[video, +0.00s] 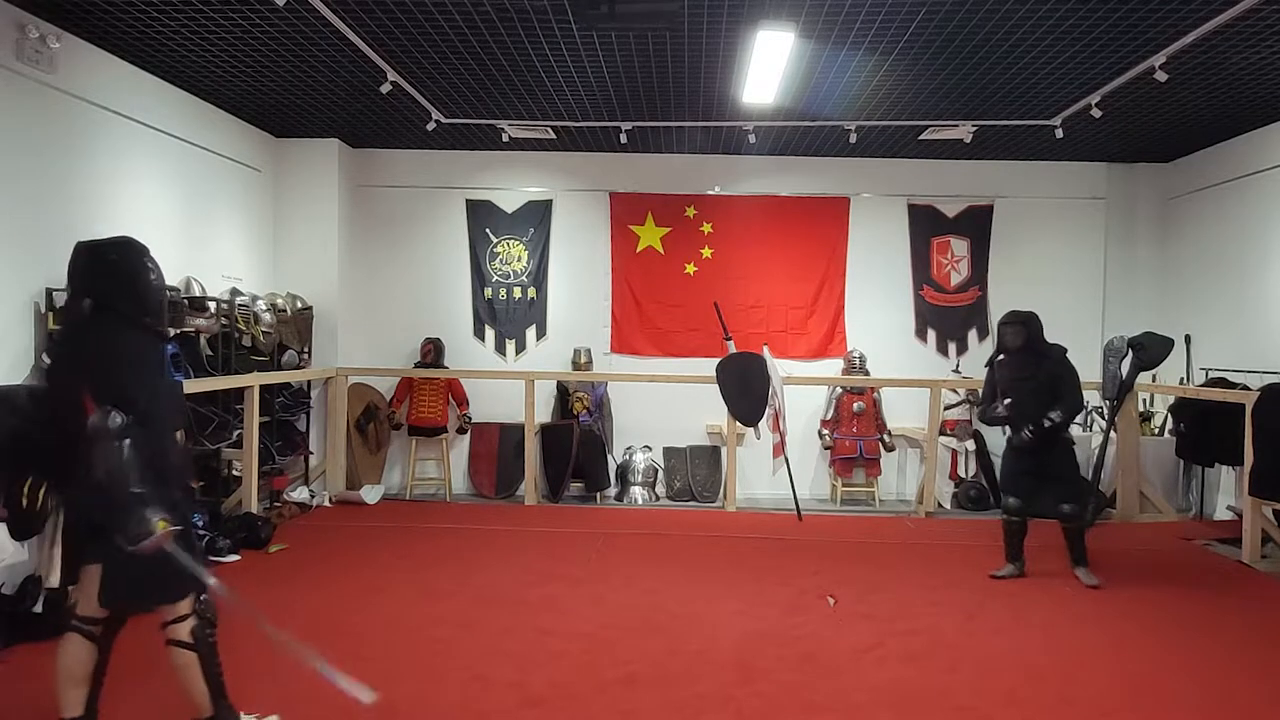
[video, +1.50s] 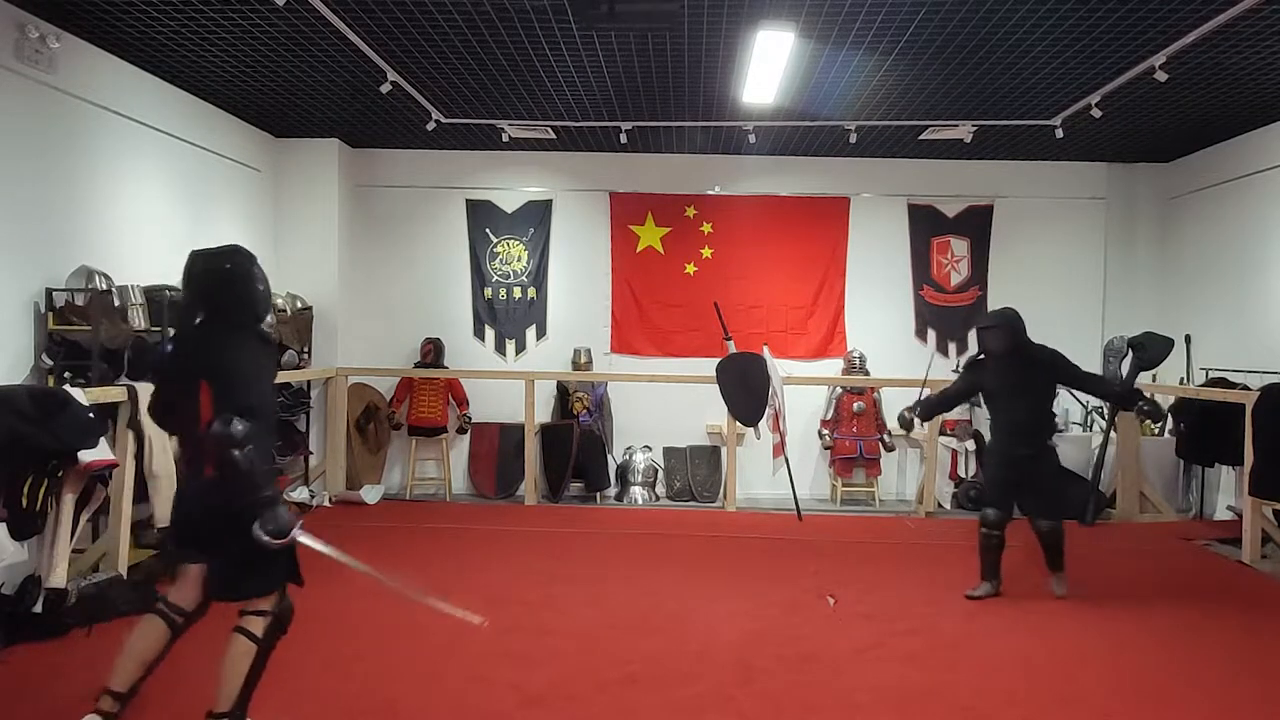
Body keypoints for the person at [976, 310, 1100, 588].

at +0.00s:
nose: (1011, 337)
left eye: (1016, 331)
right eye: (1006, 331)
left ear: (1030, 332)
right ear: (1000, 335)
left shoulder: (1054, 358)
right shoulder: (998, 366)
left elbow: (1074, 401)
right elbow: (984, 412)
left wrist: (1040, 428)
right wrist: (997, 412)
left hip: (1055, 444)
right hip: (1018, 444)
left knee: (1070, 505)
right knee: (1012, 503)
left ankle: (1080, 565)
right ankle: (1014, 563)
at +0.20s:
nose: (1010, 335)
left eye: (1016, 329)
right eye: (1006, 330)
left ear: (1031, 331)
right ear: (1000, 334)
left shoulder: (1055, 361)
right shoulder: (998, 368)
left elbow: (1079, 402)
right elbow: (984, 400)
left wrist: (1072, 439)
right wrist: (980, 424)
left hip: (1057, 443)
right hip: (1019, 444)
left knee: (1071, 506)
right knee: (1011, 503)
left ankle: (1090, 565)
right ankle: (1015, 562)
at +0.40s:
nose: (1021, 335)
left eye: (1027, 329)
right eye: (1016, 330)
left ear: (1042, 331)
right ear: (1012, 334)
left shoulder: (1067, 359)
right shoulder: (1006, 368)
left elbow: (1102, 396)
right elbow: (991, 409)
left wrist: (1107, 433)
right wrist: (984, 445)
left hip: (1061, 445)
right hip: (1023, 446)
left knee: (1073, 510)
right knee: (1014, 506)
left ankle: (1087, 572)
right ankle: (1015, 563)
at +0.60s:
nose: (1036, 335)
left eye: (1043, 329)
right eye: (1032, 329)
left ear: (1058, 332)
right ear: (1026, 334)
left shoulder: (1083, 359)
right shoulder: (1022, 369)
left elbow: (1120, 391)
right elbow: (1008, 408)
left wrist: (1143, 424)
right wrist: (1001, 439)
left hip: (1074, 446)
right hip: (1036, 445)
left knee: (1078, 514)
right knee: (1018, 507)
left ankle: (1089, 575)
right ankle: (1016, 563)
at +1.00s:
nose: (1039, 343)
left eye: (1045, 336)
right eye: (1034, 337)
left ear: (1060, 336)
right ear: (1029, 340)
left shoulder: (1089, 361)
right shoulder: (1028, 373)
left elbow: (1130, 387)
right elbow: (1008, 410)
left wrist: (1164, 411)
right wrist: (983, 404)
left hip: (1083, 451)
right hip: (1043, 449)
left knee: (1084, 517)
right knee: (1018, 507)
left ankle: (1090, 577)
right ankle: (1004, 569)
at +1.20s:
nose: (1016, 347)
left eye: (1021, 341)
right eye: (1014, 342)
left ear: (1041, 339)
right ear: (1014, 343)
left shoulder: (1071, 362)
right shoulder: (1009, 370)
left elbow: (1117, 380)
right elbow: (973, 395)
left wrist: (1157, 392)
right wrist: (947, 380)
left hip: (1068, 457)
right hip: (1028, 458)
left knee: (1081, 522)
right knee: (1009, 517)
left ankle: (1089, 577)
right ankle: (994, 577)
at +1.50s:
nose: (990, 342)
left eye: (996, 335)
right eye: (986, 336)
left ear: (1013, 335)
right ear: (983, 338)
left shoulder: (1043, 360)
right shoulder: (981, 370)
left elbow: (1087, 382)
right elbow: (948, 397)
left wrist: (1135, 399)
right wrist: (917, 411)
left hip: (1038, 453)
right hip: (1000, 455)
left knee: (1047, 522)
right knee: (991, 518)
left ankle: (1057, 574)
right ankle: (990, 581)